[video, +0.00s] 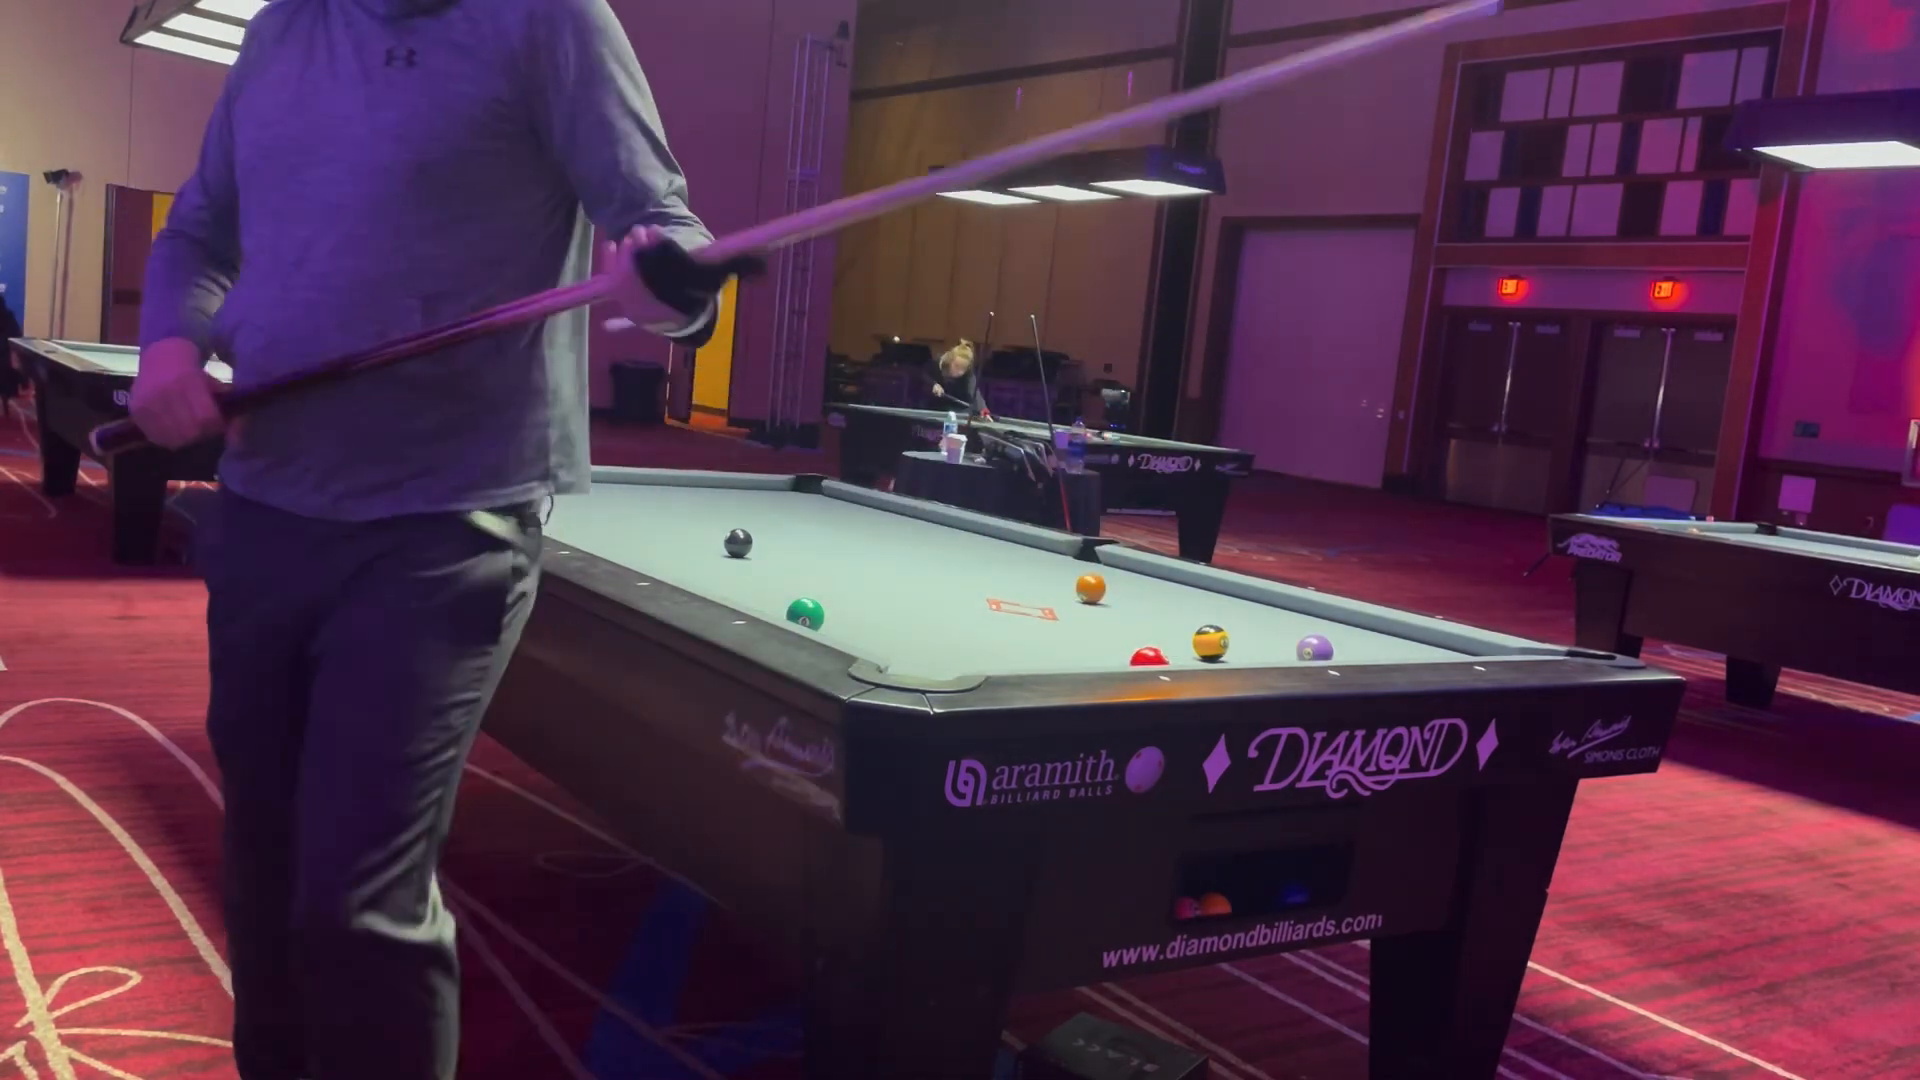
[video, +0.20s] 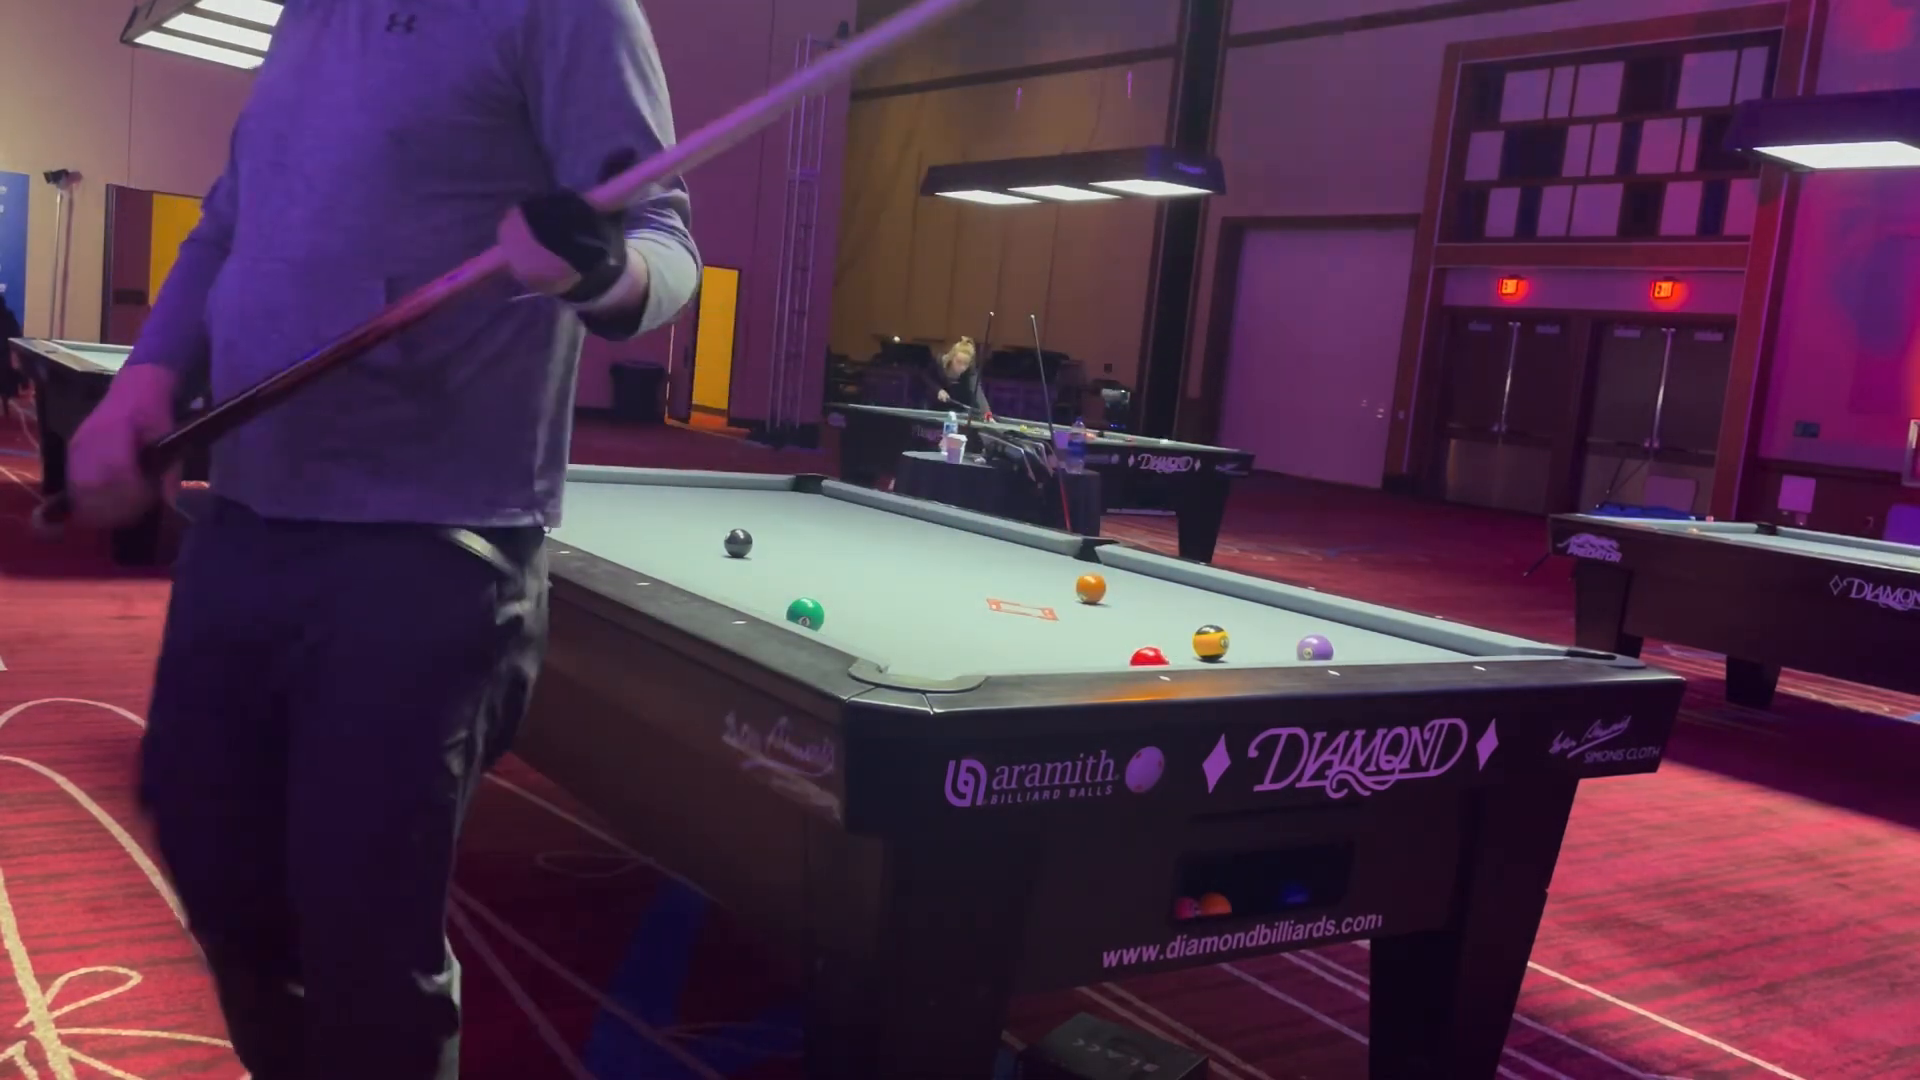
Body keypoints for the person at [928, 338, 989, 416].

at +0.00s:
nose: (959, 371)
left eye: (962, 368)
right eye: (956, 366)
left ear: (967, 369)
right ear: (950, 361)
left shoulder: (968, 378)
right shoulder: (935, 368)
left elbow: (975, 394)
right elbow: (923, 375)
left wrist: (983, 410)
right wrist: (933, 385)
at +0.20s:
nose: (961, 367)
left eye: (965, 364)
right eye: (958, 362)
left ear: (969, 365)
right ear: (951, 358)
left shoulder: (969, 374)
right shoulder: (937, 366)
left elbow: (976, 390)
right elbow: (925, 377)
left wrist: (985, 411)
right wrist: (937, 390)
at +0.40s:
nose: (962, 359)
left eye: (966, 356)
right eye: (959, 354)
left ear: (970, 357)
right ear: (952, 351)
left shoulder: (972, 370)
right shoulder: (939, 363)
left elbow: (979, 392)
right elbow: (929, 379)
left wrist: (986, 412)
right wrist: (940, 392)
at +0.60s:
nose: (962, 346)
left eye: (966, 343)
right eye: (959, 341)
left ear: (970, 345)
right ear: (952, 339)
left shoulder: (973, 362)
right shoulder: (938, 355)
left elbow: (979, 388)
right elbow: (929, 375)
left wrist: (983, 411)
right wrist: (940, 391)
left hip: (963, 411)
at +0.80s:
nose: (962, 334)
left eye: (966, 331)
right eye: (959, 329)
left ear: (971, 334)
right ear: (952, 329)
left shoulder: (973, 353)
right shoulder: (939, 348)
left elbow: (977, 381)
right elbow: (929, 371)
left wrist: (978, 408)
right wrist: (938, 389)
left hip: (963, 407)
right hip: (938, 404)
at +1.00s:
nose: (961, 324)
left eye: (965, 322)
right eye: (958, 320)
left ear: (969, 326)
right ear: (951, 321)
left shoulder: (973, 349)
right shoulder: (938, 345)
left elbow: (974, 379)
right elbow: (929, 368)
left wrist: (973, 406)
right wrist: (936, 389)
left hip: (963, 403)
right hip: (939, 401)